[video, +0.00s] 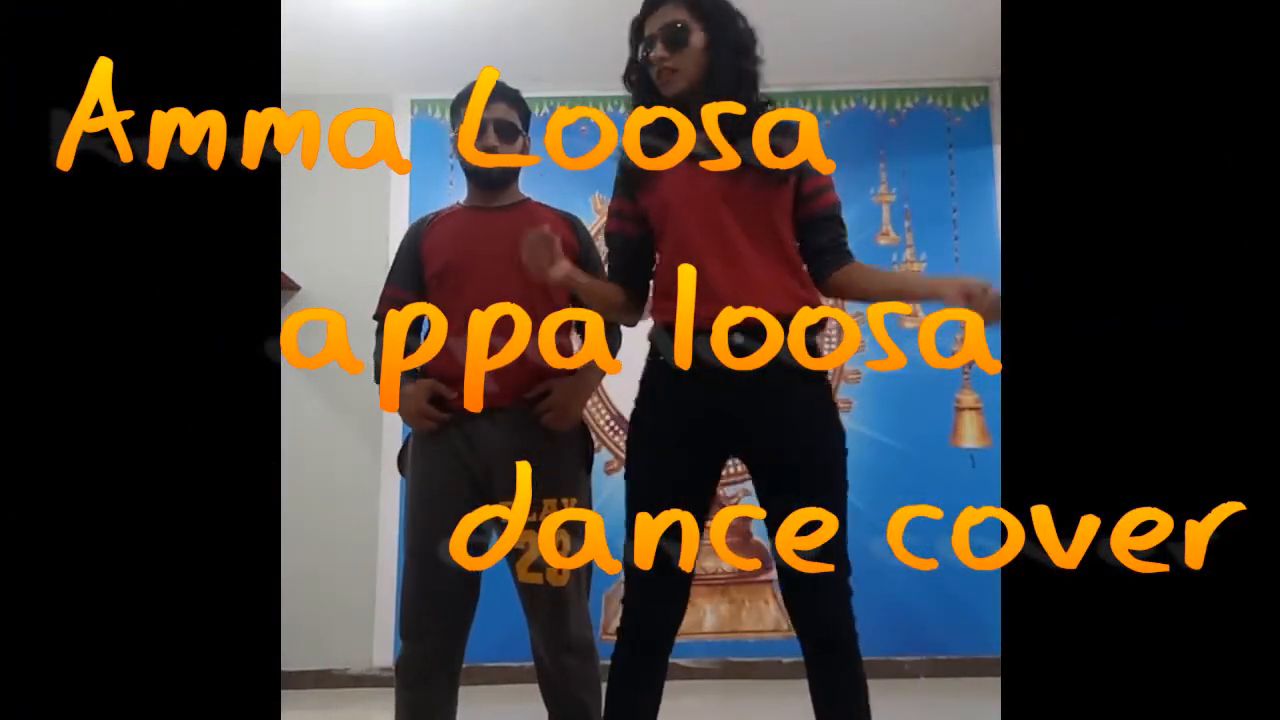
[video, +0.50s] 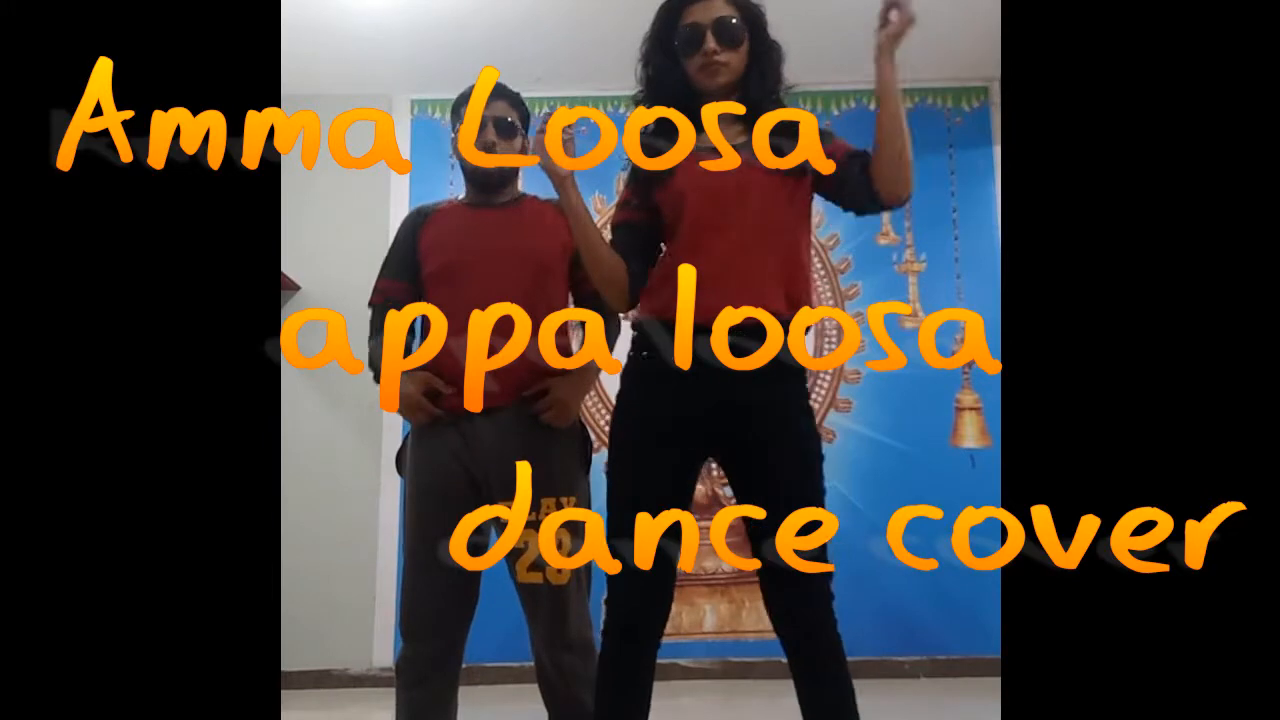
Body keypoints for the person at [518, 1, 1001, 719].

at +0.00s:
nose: (655, 56)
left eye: (673, 36)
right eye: (645, 46)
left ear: (721, 40)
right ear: (640, 65)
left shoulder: (782, 135)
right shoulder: (645, 148)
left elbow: (835, 271)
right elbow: (627, 301)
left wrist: (949, 289)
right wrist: (570, 276)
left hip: (787, 388)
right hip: (679, 389)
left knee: (821, 603)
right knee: (651, 604)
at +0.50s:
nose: (710, 47)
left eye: (727, 32)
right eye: (691, 36)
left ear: (755, 47)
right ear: (670, 55)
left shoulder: (789, 134)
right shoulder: (659, 147)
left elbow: (888, 186)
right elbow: (617, 285)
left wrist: (885, 63)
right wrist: (562, 182)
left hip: (767, 380)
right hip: (664, 378)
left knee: (802, 592)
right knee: (637, 594)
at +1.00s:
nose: (730, 55)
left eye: (746, 35)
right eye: (710, 42)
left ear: (775, 41)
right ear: (688, 55)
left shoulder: (813, 126)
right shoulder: (678, 134)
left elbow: (894, 152)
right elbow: (712, 247)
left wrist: (838, 58)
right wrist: (837, 192)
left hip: (776, 382)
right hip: (676, 377)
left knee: (793, 591)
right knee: (626, 576)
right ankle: (576, 716)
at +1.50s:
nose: (744, 64)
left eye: (760, 45)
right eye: (724, 52)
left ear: (787, 49)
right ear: (701, 65)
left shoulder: (821, 130)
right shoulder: (697, 145)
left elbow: (905, 158)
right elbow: (732, 253)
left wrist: (847, 66)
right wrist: (878, 242)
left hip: (785, 385)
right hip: (687, 381)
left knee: (794, 594)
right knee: (636, 576)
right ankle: (580, 717)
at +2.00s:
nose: (750, 65)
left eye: (765, 45)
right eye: (729, 52)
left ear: (791, 46)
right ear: (706, 62)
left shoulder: (833, 130)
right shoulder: (706, 143)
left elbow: (921, 144)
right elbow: (738, 245)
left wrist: (857, 57)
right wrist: (882, 246)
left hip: (776, 381)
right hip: (679, 374)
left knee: (790, 590)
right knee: (632, 571)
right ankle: (581, 717)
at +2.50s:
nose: (753, 55)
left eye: (767, 36)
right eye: (732, 42)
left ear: (791, 40)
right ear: (708, 53)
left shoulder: (826, 128)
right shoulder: (702, 132)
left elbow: (905, 157)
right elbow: (729, 237)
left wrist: (851, 58)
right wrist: (869, 251)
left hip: (773, 382)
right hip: (677, 376)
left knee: (788, 594)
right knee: (629, 580)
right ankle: (585, 716)